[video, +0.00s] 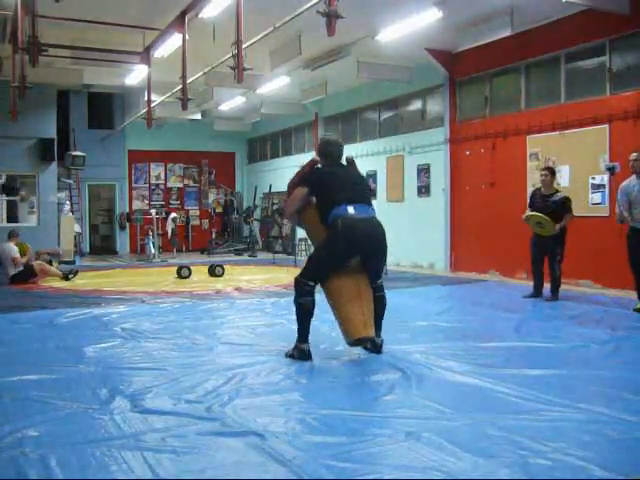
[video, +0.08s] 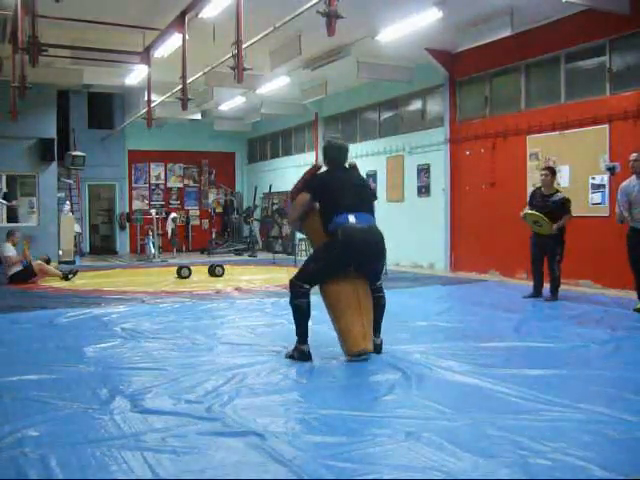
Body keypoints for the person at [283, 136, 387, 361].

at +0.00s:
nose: (316, 158)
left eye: (317, 155)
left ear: (320, 157)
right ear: (341, 156)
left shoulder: (316, 175)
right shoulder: (355, 174)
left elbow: (289, 209)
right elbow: (368, 198)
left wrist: (303, 220)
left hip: (344, 231)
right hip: (374, 228)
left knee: (304, 283)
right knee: (376, 282)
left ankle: (302, 345)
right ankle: (377, 337)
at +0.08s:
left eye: (325, 157)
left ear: (324, 159)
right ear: (346, 158)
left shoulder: (319, 180)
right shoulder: (360, 179)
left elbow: (293, 215)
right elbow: (370, 203)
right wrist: (357, 174)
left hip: (343, 241)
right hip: (373, 238)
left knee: (299, 284)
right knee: (375, 284)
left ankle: (302, 346)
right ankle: (376, 338)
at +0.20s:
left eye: (342, 151)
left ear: (340, 154)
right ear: (361, 155)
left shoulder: (328, 181)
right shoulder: (371, 182)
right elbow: (371, 212)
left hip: (339, 251)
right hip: (370, 252)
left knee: (294, 287)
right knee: (373, 287)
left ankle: (303, 346)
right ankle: (375, 339)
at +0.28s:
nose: (358, 161)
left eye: (359, 158)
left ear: (359, 161)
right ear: (382, 165)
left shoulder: (339, 183)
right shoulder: (385, 189)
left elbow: (305, 206)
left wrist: (327, 197)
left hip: (337, 254)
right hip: (368, 257)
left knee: (292, 287)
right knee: (373, 288)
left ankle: (302, 346)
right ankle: (375, 340)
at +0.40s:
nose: (344, 170)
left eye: (346, 166)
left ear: (346, 168)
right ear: (368, 170)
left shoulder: (335, 193)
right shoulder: (383, 193)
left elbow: (312, 201)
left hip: (335, 254)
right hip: (367, 258)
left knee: (299, 290)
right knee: (367, 290)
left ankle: (304, 346)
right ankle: (373, 339)